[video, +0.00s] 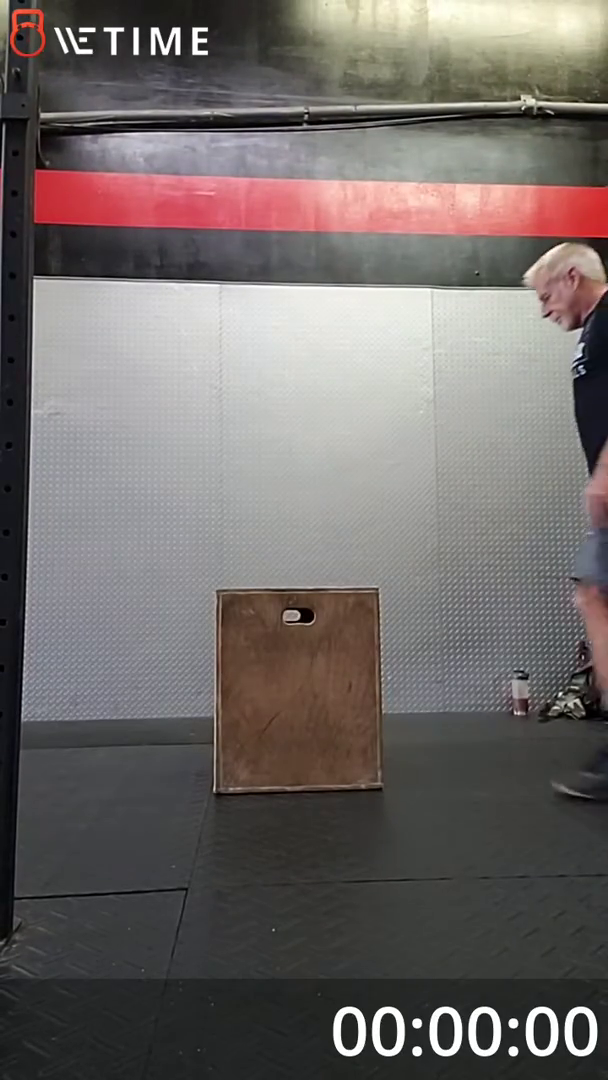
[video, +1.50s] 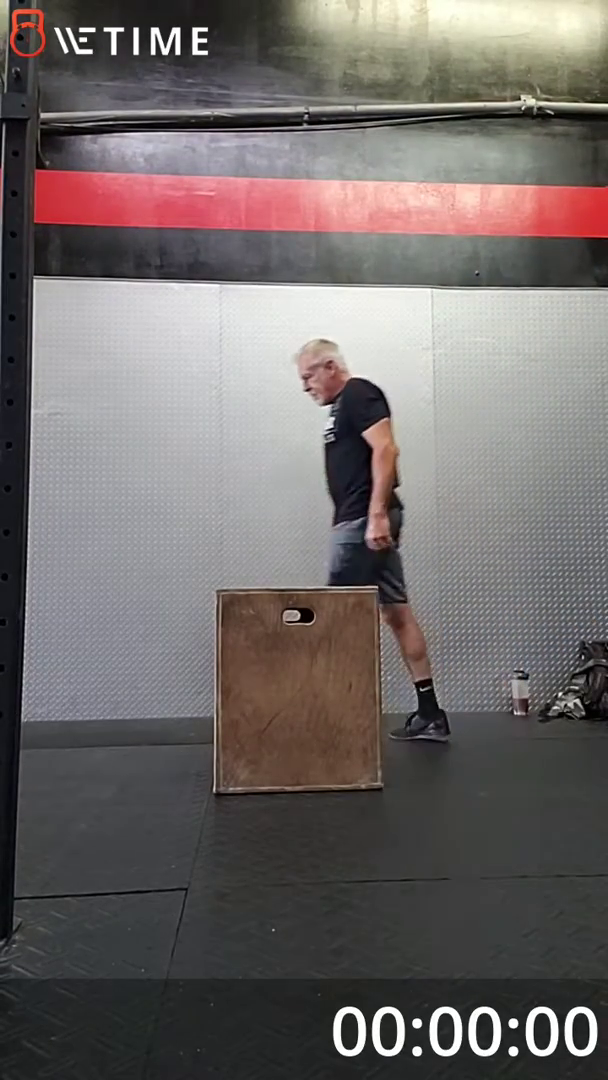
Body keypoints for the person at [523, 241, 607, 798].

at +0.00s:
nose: (545, 311)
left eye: (547, 299)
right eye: (542, 302)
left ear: (574, 281)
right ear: (572, 284)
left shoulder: (600, 328)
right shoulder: (591, 332)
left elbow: (599, 413)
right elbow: (597, 412)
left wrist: (599, 474)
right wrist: (595, 476)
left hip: (602, 483)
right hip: (600, 482)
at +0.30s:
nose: (503, 331)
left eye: (505, 319)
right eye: (500, 323)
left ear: (531, 304)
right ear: (532, 307)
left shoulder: (561, 334)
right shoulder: (575, 334)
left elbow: (572, 406)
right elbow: (578, 410)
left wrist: (541, 487)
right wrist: (546, 487)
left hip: (577, 490)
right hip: (592, 488)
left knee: (526, 607)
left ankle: (523, 735)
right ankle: (521, 733)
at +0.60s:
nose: (438, 345)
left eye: (438, 333)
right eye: (435, 336)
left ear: (460, 319)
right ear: (465, 319)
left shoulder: (487, 347)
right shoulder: (519, 347)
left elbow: (496, 421)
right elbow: (540, 431)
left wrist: (472, 500)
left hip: (508, 491)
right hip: (536, 489)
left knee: (487, 608)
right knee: (512, 604)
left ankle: (518, 738)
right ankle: (585, 677)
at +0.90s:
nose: (390, 370)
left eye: (390, 360)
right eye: (386, 363)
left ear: (409, 344)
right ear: (411, 346)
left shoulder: (439, 368)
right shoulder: (462, 371)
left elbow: (442, 434)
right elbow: (485, 450)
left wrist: (399, 498)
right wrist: (488, 515)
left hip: (461, 501)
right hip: (476, 500)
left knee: (473, 610)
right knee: (454, 612)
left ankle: (520, 736)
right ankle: (444, 709)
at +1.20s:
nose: (350, 383)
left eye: (350, 373)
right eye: (347, 376)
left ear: (372, 360)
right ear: (371, 362)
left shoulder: (398, 386)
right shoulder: (404, 386)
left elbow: (416, 444)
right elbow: (416, 451)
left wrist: (396, 512)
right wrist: (394, 509)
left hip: (416, 510)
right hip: (430, 508)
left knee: (390, 608)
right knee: (419, 612)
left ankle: (468, 693)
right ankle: (432, 716)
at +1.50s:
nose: (306, 386)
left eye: (308, 377)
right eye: (303, 379)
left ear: (332, 367)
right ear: (325, 372)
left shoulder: (358, 393)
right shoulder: (344, 404)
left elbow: (386, 451)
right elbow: (361, 462)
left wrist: (378, 515)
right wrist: (346, 515)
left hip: (357, 524)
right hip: (370, 520)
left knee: (338, 624)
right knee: (399, 617)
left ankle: (336, 725)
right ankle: (429, 712)